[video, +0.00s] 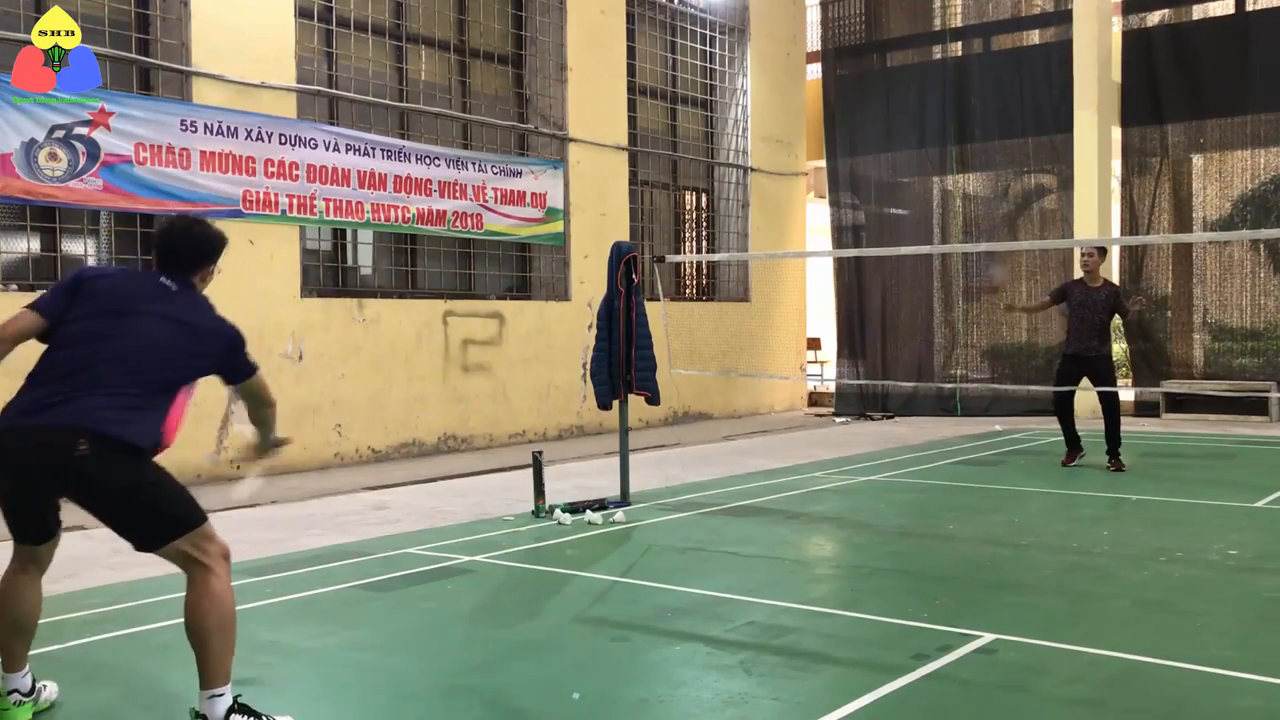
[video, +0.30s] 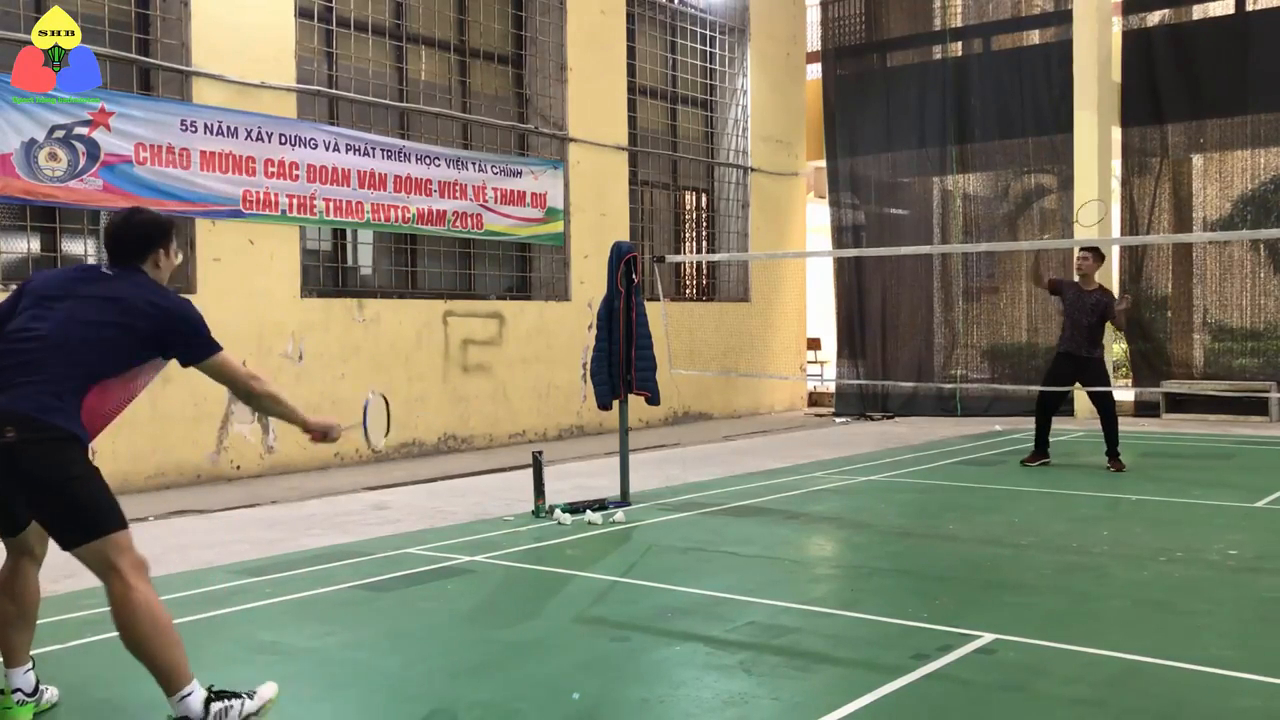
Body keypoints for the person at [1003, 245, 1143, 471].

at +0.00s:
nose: (1085, 259)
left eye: (1090, 255)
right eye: (1083, 255)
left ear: (1101, 260)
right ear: (1080, 259)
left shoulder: (1112, 290)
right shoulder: (1071, 287)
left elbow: (1126, 318)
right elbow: (1043, 305)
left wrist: (1133, 310)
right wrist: (1018, 308)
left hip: (1100, 358)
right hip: (1072, 356)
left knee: (1111, 405)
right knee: (1061, 401)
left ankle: (1114, 455)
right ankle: (1073, 448)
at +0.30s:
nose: (1079, 262)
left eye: (1085, 259)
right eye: (1078, 259)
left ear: (1097, 264)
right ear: (1076, 263)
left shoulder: (1106, 296)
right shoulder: (1067, 287)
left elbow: (1120, 326)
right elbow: (1038, 281)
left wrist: (1121, 311)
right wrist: (1036, 256)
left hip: (1092, 360)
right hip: (1065, 358)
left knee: (1107, 408)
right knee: (1045, 403)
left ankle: (1113, 457)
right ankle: (1040, 451)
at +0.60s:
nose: (1041, 255)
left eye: (1047, 253)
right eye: (1042, 252)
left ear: (1060, 261)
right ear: (1049, 261)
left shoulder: (1070, 288)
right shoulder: (1032, 282)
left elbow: (1088, 316)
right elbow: (1005, 272)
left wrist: (1093, 300)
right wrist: (984, 256)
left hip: (1071, 354)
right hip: (1046, 353)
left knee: (1091, 401)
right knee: (1033, 402)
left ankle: (1108, 450)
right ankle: (1032, 451)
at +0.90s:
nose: (1031, 258)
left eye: (1036, 255)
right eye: (1030, 255)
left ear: (1049, 261)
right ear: (1027, 260)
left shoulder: (1061, 289)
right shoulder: (1020, 290)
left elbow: (1081, 316)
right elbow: (999, 314)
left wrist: (1087, 303)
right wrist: (977, 333)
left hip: (1062, 355)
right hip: (1033, 357)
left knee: (1078, 402)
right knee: (1028, 405)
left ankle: (1092, 451)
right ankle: (1031, 452)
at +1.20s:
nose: (1048, 260)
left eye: (1053, 256)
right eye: (1045, 256)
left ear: (1064, 261)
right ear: (1042, 261)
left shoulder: (1074, 292)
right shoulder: (1033, 288)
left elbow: (1090, 321)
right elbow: (1001, 293)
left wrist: (1096, 307)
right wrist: (988, 272)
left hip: (1069, 357)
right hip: (1041, 357)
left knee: (1089, 404)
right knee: (1030, 405)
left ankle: (1104, 453)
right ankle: (1031, 452)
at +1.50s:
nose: (1050, 260)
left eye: (1055, 256)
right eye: (1049, 256)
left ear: (1070, 262)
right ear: (1048, 262)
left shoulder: (1083, 292)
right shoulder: (1042, 288)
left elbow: (1099, 322)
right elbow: (1010, 289)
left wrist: (1108, 307)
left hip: (1081, 359)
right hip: (1052, 358)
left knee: (1098, 408)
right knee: (1037, 405)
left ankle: (1106, 456)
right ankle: (1032, 452)